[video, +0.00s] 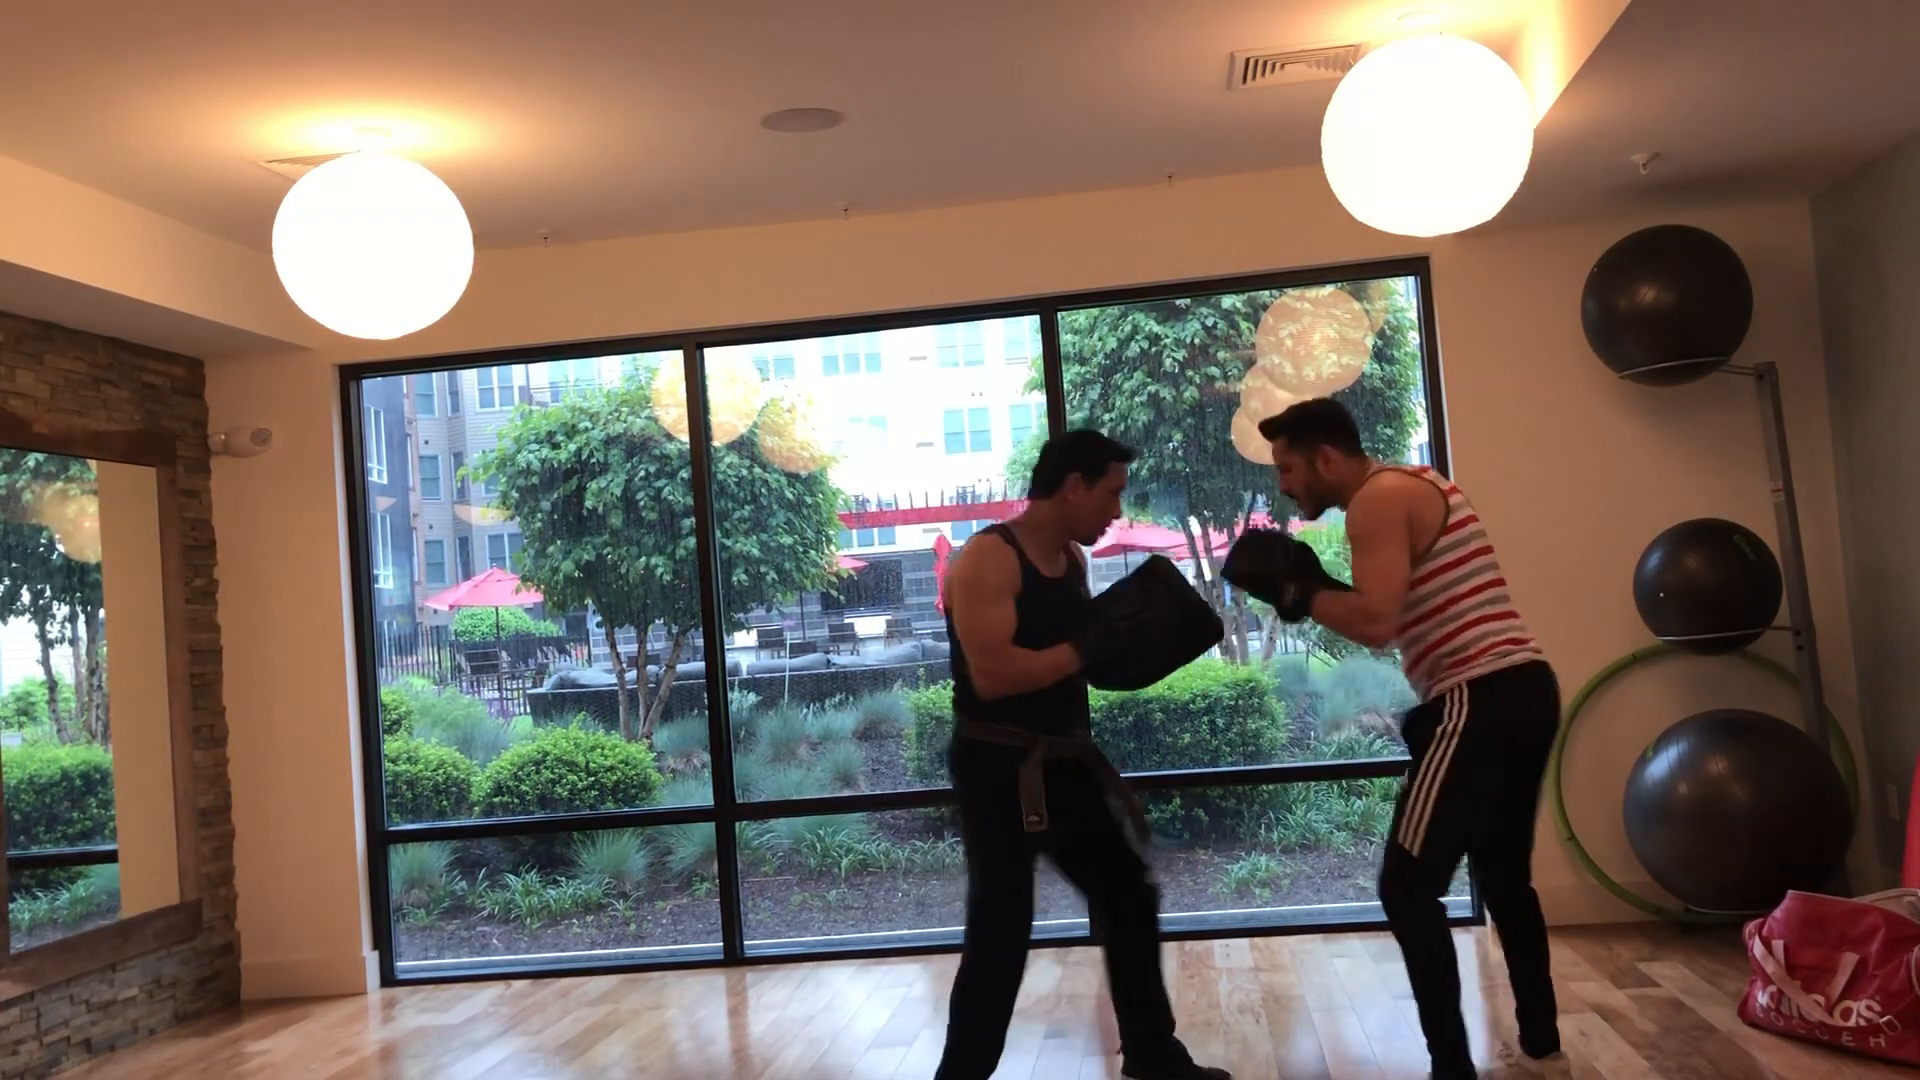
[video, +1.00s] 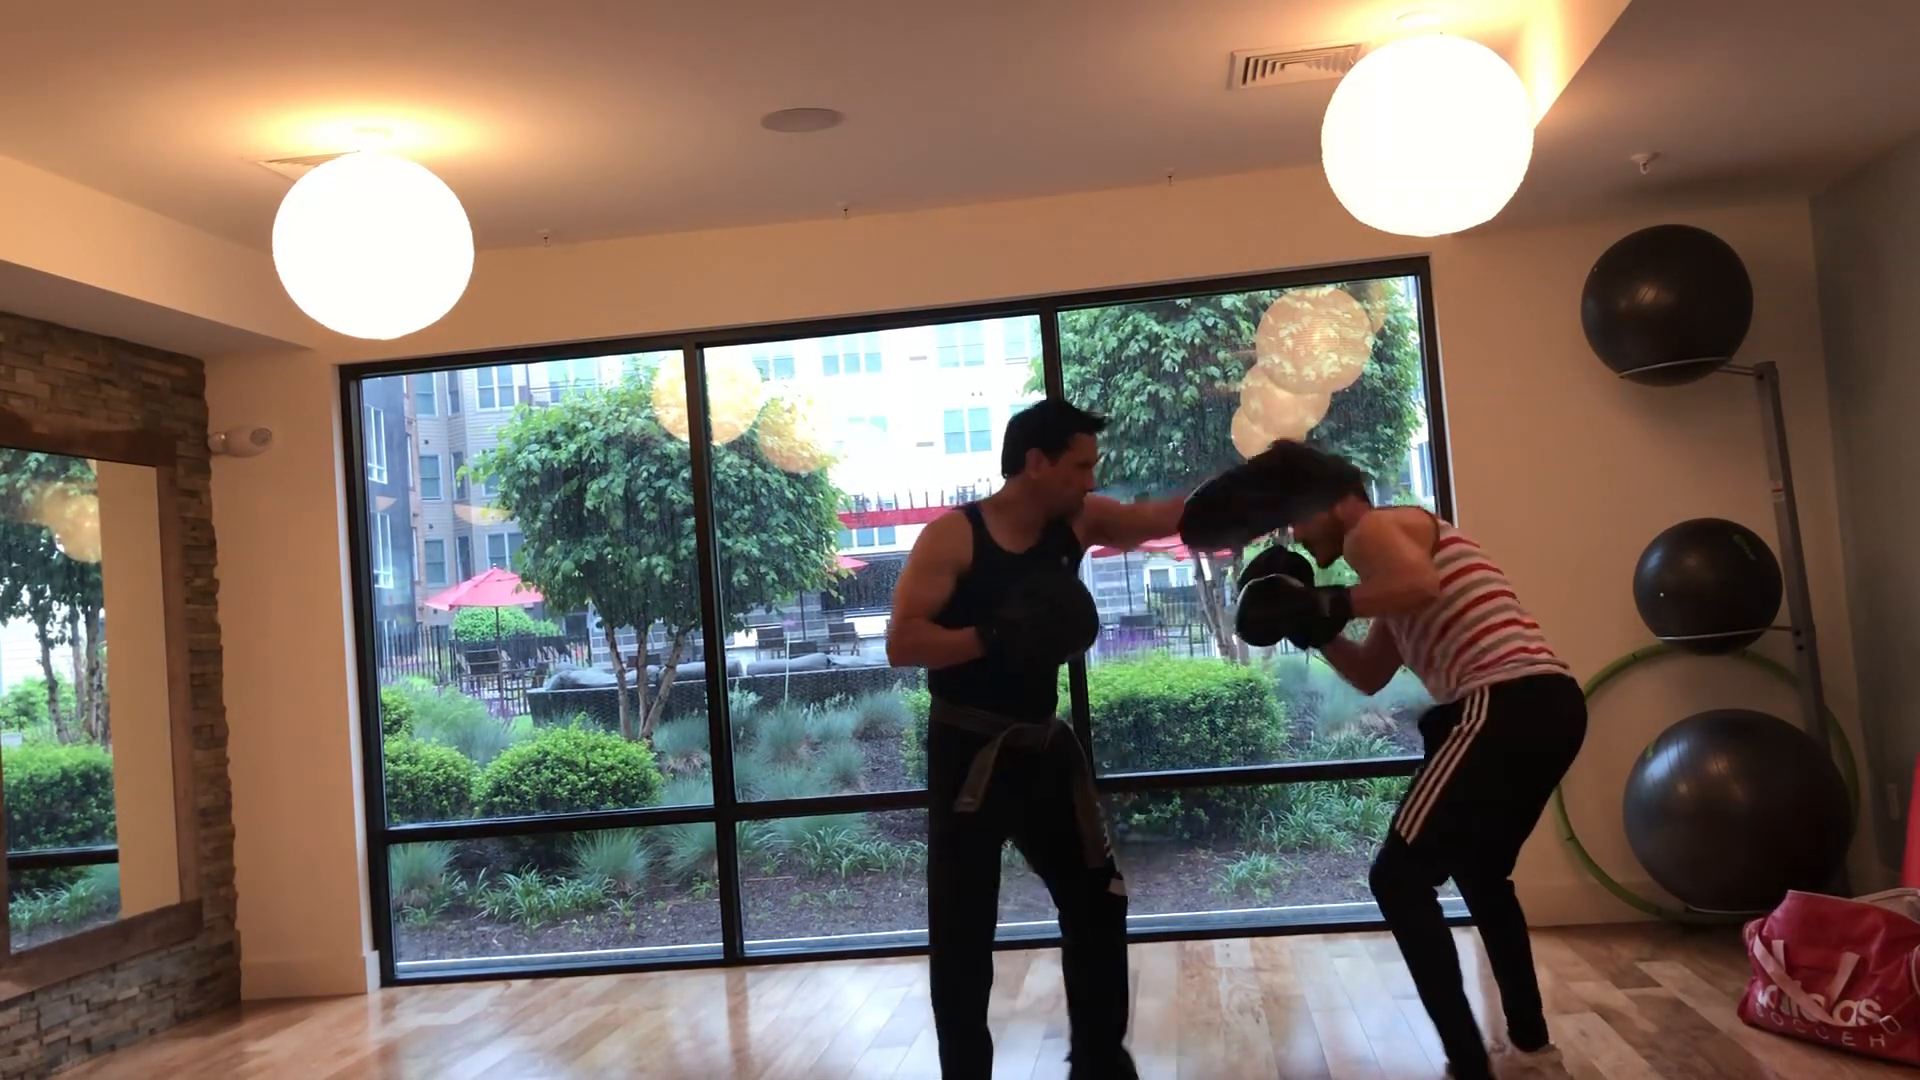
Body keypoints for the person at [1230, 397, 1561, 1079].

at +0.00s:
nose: (1283, 488)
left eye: (1285, 471)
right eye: (1278, 474)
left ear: (1325, 456)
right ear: (1332, 456)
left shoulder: (1379, 497)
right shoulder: (1418, 484)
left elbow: (1376, 621)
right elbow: (1391, 615)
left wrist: (1297, 588)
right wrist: (1316, 587)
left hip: (1478, 698)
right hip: (1526, 688)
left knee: (1407, 886)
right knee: (1504, 876)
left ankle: (1451, 1066)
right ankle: (1541, 1035)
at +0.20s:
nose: (1293, 504)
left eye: (1295, 486)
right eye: (1289, 488)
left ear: (1331, 477)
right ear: (1346, 474)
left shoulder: (1379, 525)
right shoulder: (1433, 501)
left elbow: (1380, 657)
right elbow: (1392, 632)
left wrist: (1299, 630)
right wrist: (1313, 599)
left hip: (1486, 717)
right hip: (1546, 708)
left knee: (1413, 913)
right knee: (1500, 878)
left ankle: (1481, 1069)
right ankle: (1537, 1037)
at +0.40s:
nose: (1276, 539)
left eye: (1280, 524)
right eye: (1276, 524)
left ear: (1312, 529)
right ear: (1335, 520)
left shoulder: (1400, 599)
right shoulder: (1384, 563)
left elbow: (1322, 713)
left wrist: (1292, 628)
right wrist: (1305, 654)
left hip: (1531, 748)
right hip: (1494, 745)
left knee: (1436, 913)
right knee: (1460, 896)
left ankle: (1485, 1072)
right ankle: (1536, 1045)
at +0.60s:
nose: (1279, 558)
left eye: (1280, 542)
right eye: (1277, 543)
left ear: (1310, 545)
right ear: (1332, 538)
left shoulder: (1410, 613)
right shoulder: (1377, 583)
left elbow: (1342, 749)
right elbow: (1387, 679)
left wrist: (1294, 662)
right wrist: (1302, 716)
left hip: (1535, 756)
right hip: (1490, 752)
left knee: (1428, 915)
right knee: (1437, 894)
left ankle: (1480, 1071)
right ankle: (1527, 1035)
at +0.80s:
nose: (1288, 501)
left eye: (1292, 481)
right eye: (1283, 485)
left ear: (1339, 463)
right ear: (1343, 468)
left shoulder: (1387, 524)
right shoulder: (1402, 510)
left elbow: (1387, 639)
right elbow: (1398, 633)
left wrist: (1296, 628)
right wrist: (1305, 626)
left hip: (1496, 721)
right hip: (1496, 715)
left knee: (1437, 909)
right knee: (1463, 887)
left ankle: (1483, 1069)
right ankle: (1527, 1040)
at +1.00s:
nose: (1295, 535)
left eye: (1296, 518)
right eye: (1290, 524)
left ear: (1337, 502)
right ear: (1353, 501)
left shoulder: (1375, 527)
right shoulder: (1417, 549)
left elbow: (1420, 583)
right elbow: (1369, 673)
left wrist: (1320, 601)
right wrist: (1308, 623)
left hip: (1502, 702)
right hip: (1552, 702)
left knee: (1398, 876)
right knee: (1481, 867)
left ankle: (1468, 1064)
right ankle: (1530, 1037)